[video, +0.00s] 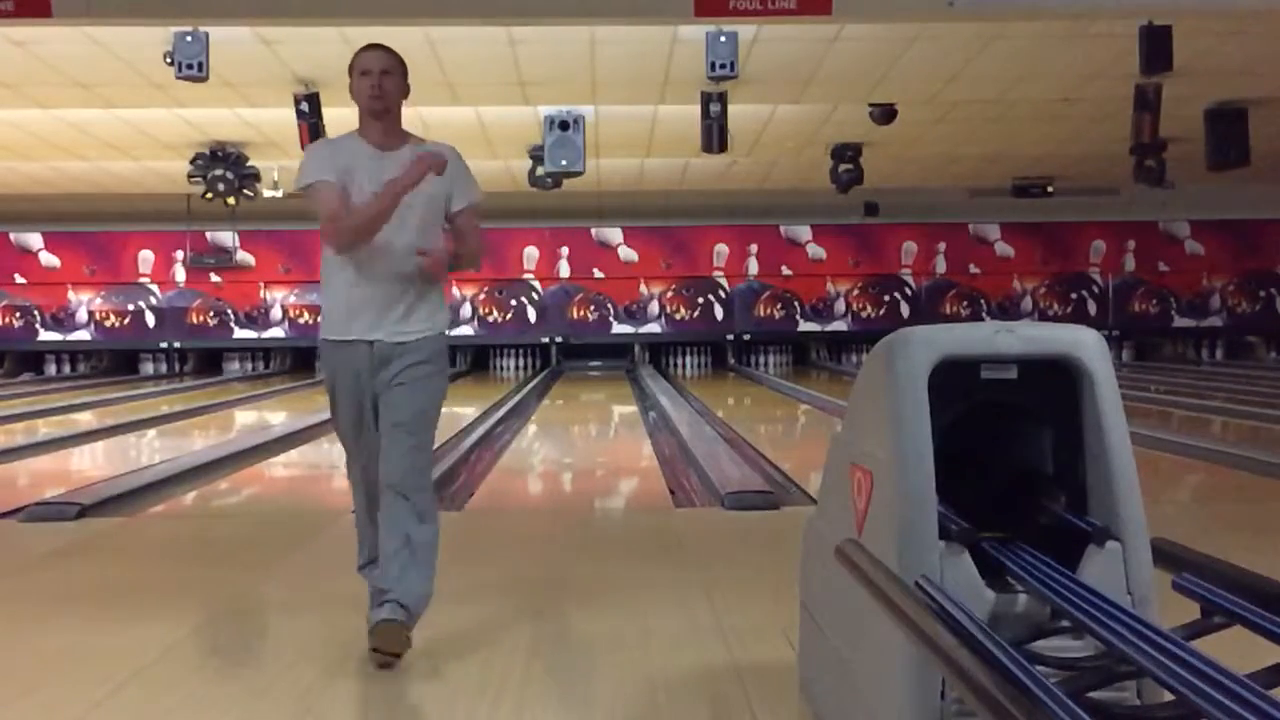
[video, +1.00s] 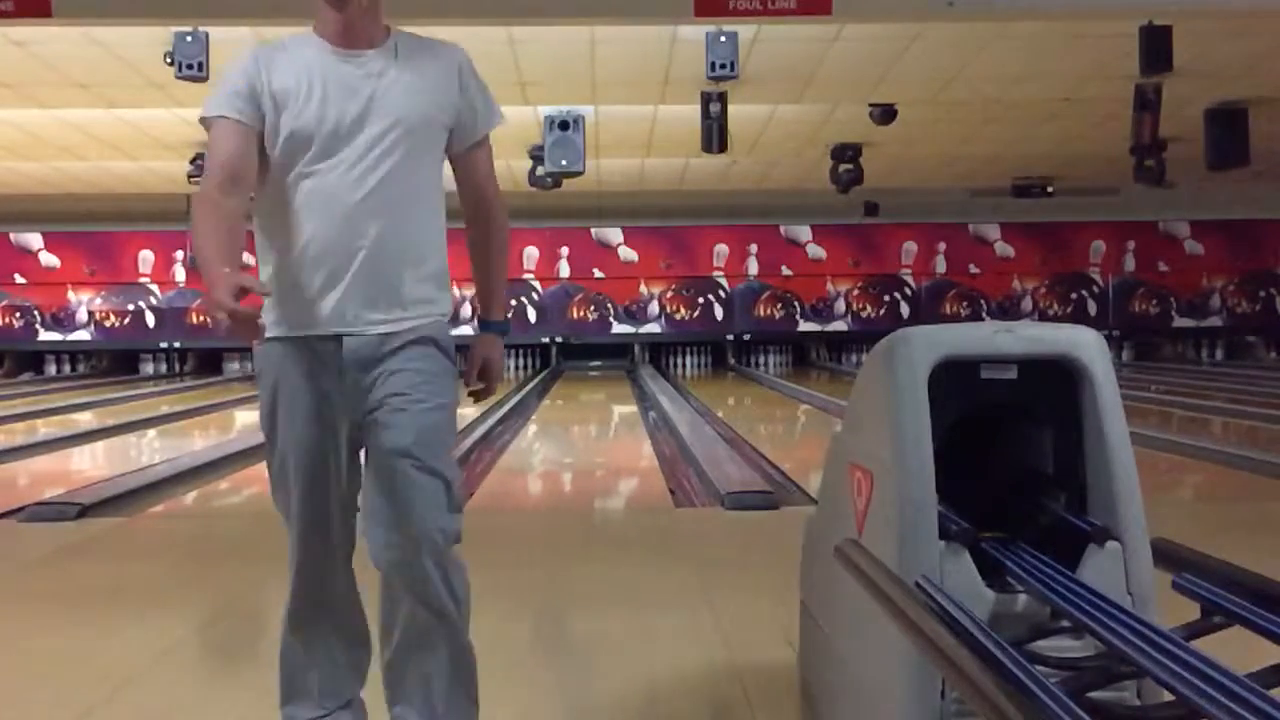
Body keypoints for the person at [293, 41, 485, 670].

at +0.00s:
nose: (375, 83)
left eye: (386, 74)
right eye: (364, 75)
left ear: (406, 88)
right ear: (351, 88)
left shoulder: (441, 160)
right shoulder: (326, 156)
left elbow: (472, 246)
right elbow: (342, 233)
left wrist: (451, 255)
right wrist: (406, 181)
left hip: (417, 338)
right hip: (347, 339)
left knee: (404, 473)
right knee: (366, 473)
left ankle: (396, 609)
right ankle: (381, 589)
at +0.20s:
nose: (373, 59)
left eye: (386, 49)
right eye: (363, 50)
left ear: (411, 66)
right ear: (350, 66)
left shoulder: (448, 150)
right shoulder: (315, 147)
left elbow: (471, 242)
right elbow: (284, 238)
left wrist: (455, 273)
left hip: (415, 343)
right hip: (334, 344)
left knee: (395, 490)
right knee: (331, 488)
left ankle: (378, 636)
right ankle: (367, 583)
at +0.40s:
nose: (362, 34)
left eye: (376, 23)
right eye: (350, 24)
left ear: (404, 38)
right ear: (339, 40)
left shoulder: (445, 125)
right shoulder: (307, 129)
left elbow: (483, 233)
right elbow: (263, 228)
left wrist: (461, 222)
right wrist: (216, 305)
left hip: (412, 337)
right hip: (325, 331)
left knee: (399, 499)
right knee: (325, 484)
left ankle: (379, 641)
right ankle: (319, 651)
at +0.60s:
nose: (345, 15)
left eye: (363, 6)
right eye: (334, 7)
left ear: (392, 25)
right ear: (321, 26)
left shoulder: (437, 117)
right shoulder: (287, 122)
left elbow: (471, 215)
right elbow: (258, 227)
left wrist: (462, 271)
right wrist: (241, 317)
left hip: (406, 351)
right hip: (313, 348)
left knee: (392, 511)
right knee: (327, 518)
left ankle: (381, 634)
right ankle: (321, 690)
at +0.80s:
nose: (340, 1)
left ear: (377, 5)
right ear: (313, 4)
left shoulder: (432, 85)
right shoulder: (265, 98)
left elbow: (461, 214)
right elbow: (252, 231)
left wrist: (471, 329)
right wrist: (243, 347)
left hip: (403, 343)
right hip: (295, 339)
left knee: (413, 529)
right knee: (312, 536)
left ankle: (393, 633)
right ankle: (323, 705)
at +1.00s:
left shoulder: (445, 67)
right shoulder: (260, 70)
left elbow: (483, 207)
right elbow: (222, 184)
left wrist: (490, 326)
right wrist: (219, 274)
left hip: (411, 340)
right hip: (297, 345)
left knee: (418, 539)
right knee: (317, 550)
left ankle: (435, 712)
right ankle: (324, 709)